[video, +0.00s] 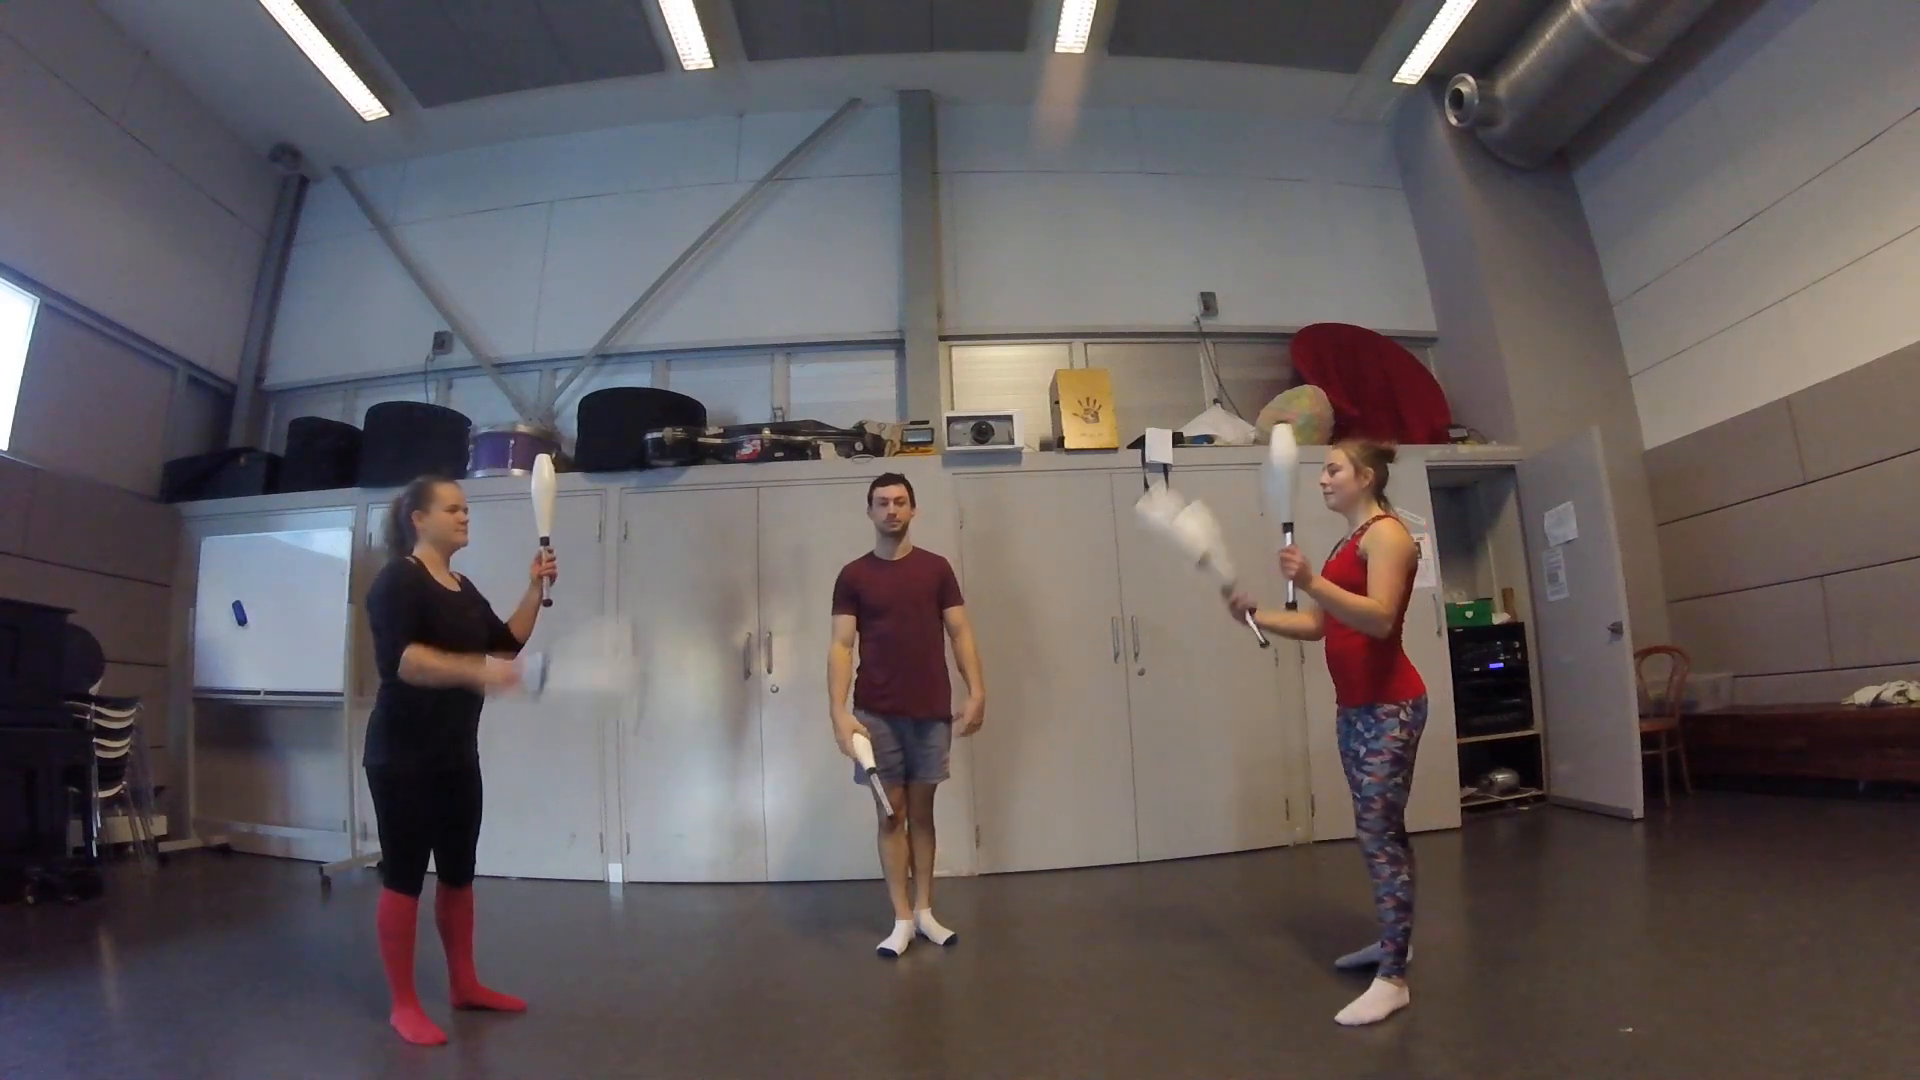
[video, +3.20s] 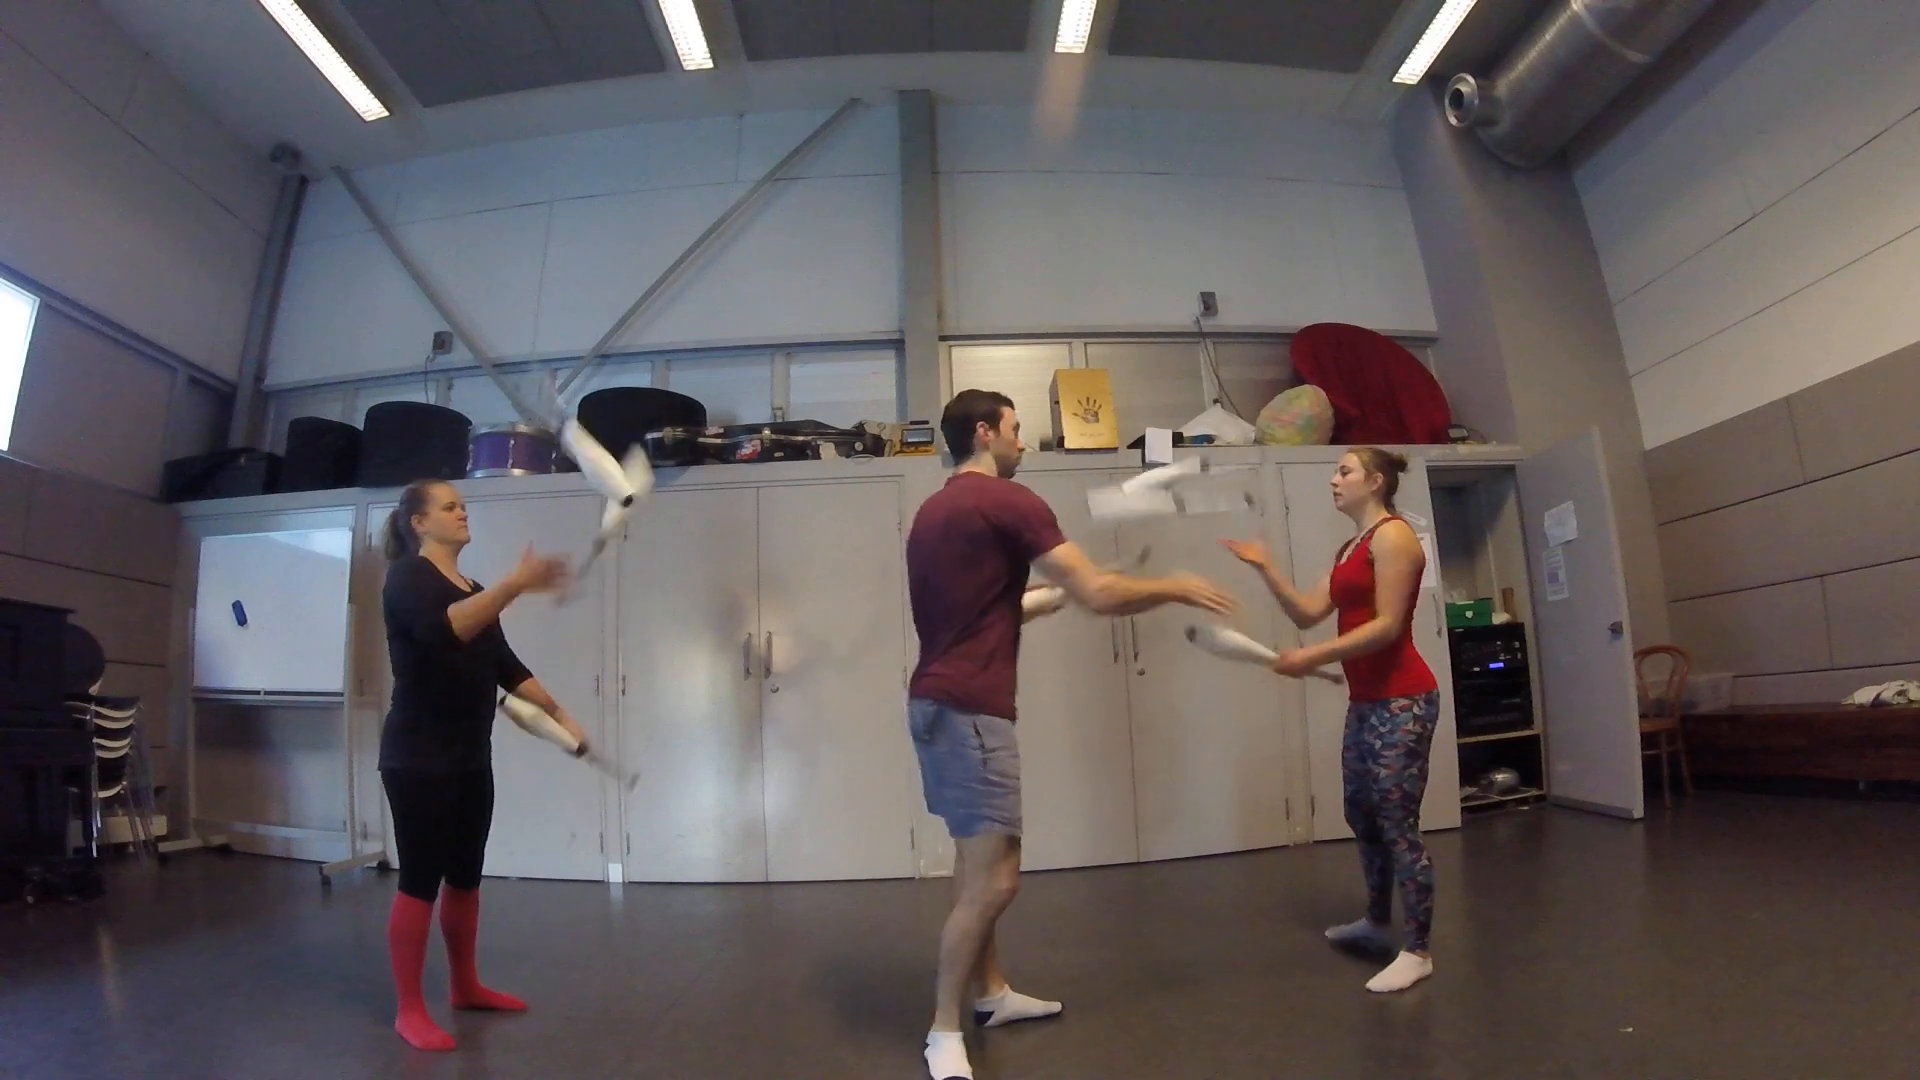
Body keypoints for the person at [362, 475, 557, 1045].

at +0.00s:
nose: (465, 519)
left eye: (465, 510)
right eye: (454, 510)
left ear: (458, 522)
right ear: (417, 519)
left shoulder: (462, 586)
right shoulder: (395, 582)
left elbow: (505, 645)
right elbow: (400, 660)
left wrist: (536, 590)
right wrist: (481, 671)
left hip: (457, 748)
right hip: (402, 751)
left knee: (457, 871)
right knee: (403, 875)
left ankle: (465, 986)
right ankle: (404, 1005)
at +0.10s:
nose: (469, 518)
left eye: (470, 510)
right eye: (458, 510)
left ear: (463, 523)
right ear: (422, 520)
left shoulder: (467, 587)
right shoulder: (401, 584)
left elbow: (508, 644)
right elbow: (391, 669)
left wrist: (538, 587)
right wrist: (455, 723)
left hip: (461, 749)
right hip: (405, 751)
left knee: (457, 872)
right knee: (404, 876)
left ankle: (465, 986)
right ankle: (404, 1006)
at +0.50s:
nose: (476, 519)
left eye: (476, 510)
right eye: (465, 510)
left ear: (467, 521)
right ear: (429, 520)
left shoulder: (468, 585)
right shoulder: (415, 583)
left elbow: (492, 656)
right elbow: (434, 661)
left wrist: (549, 625)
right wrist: (513, 691)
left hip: (462, 750)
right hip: (412, 753)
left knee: (459, 869)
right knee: (408, 873)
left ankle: (466, 987)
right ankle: (404, 1006)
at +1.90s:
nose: (459, 515)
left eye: (459, 507)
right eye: (446, 507)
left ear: (457, 518)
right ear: (412, 519)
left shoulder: (470, 588)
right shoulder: (394, 579)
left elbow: (504, 657)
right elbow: (379, 665)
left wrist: (540, 622)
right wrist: (435, 712)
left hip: (465, 750)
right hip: (410, 750)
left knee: (465, 871)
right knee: (410, 875)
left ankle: (466, 988)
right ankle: (408, 1011)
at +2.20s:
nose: (459, 515)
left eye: (460, 507)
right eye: (447, 507)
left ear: (456, 518)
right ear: (413, 518)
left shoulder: (464, 588)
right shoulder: (394, 583)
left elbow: (482, 661)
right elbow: (404, 666)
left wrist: (536, 674)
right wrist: (487, 694)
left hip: (463, 754)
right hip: (409, 757)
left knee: (460, 874)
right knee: (410, 878)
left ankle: (465, 988)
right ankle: (408, 1012)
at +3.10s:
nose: (461, 515)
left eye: (460, 506)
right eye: (449, 508)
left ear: (455, 522)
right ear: (417, 522)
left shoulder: (470, 594)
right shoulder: (405, 581)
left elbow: (509, 661)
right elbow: (424, 647)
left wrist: (571, 699)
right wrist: (511, 631)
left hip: (468, 755)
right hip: (419, 757)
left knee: (464, 875)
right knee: (422, 878)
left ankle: (465, 987)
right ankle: (409, 1010)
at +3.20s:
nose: (464, 516)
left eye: (463, 508)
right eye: (451, 509)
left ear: (459, 522)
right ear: (418, 523)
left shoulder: (469, 591)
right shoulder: (406, 579)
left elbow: (505, 665)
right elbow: (447, 626)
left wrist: (557, 715)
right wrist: (516, 582)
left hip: (468, 752)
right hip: (417, 755)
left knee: (464, 875)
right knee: (420, 879)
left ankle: (466, 989)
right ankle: (410, 1011)